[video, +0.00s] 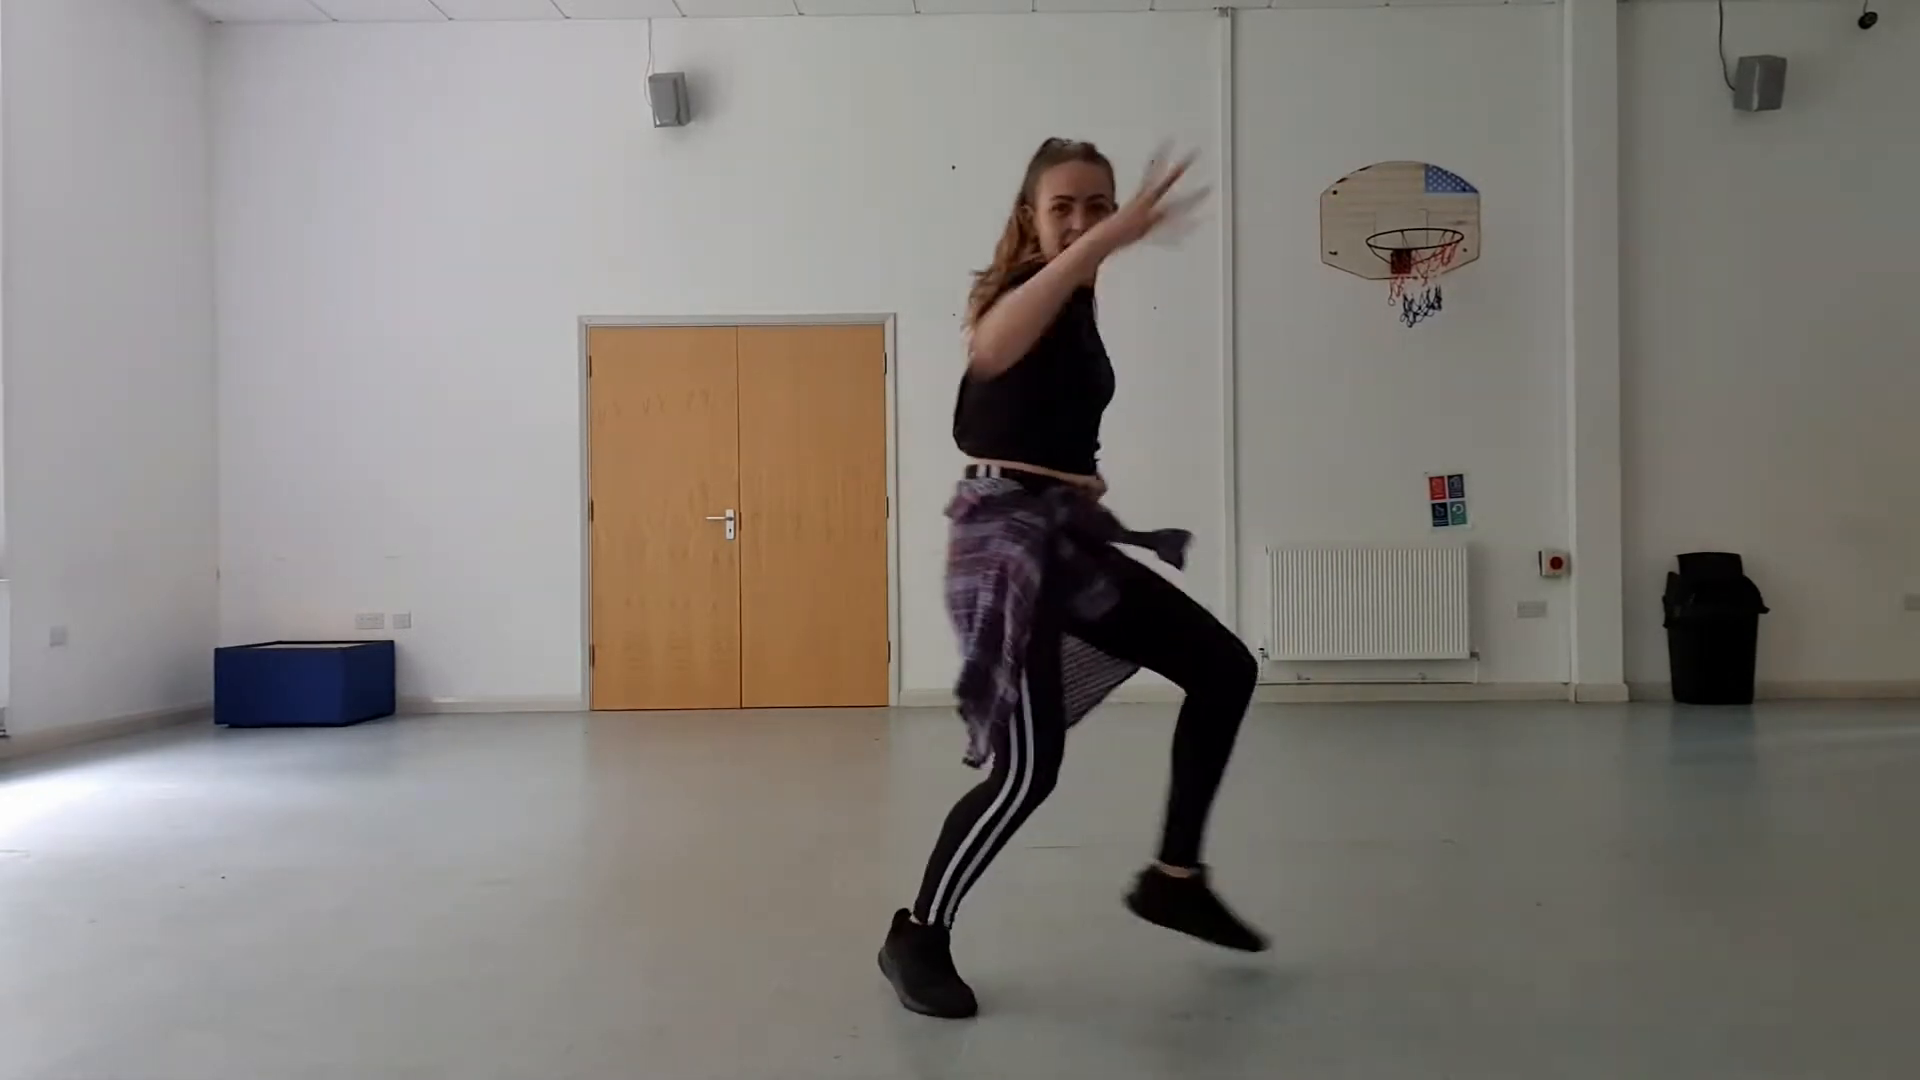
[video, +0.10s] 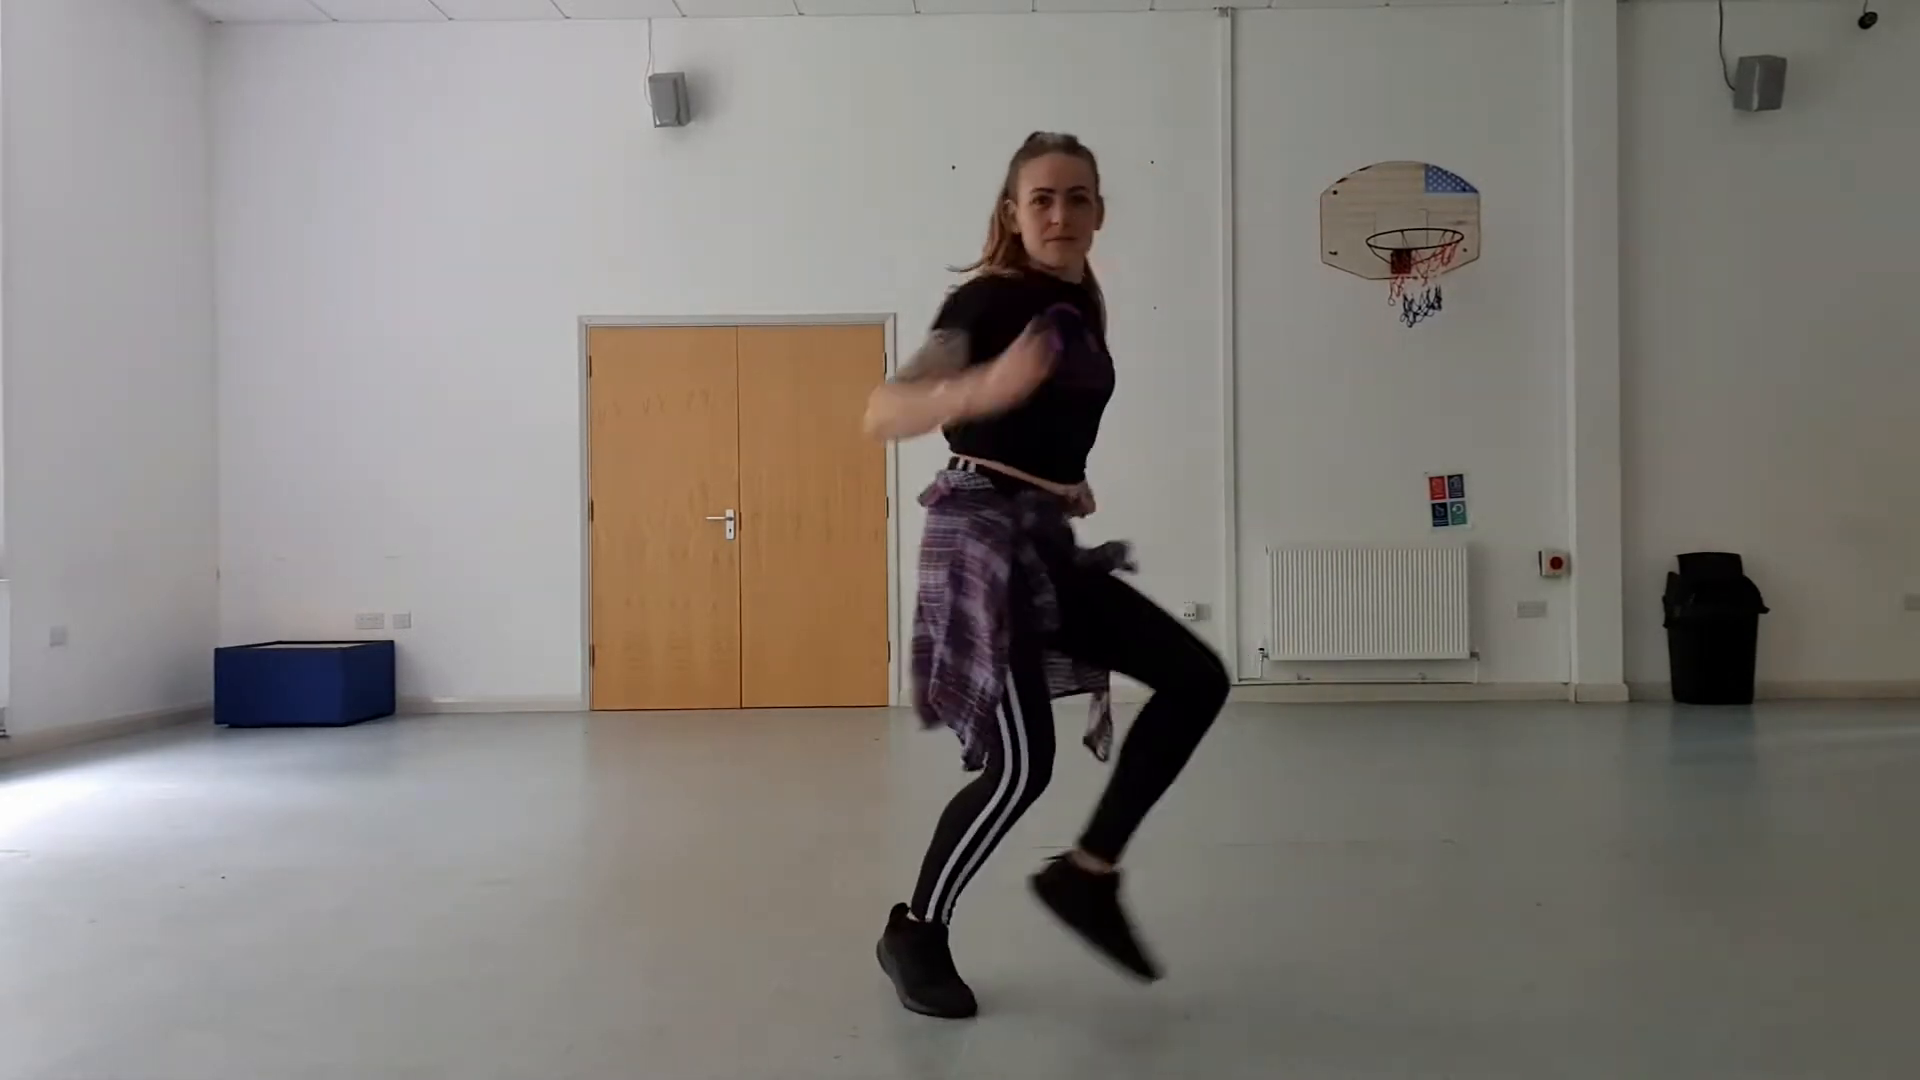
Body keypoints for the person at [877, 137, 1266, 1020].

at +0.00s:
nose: (1084, 223)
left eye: (1098, 207)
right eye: (1062, 207)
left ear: (1114, 215)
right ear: (1030, 217)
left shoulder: (1077, 307)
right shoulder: (1009, 291)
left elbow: (1061, 442)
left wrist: (1107, 525)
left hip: (1071, 538)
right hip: (1005, 539)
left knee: (1225, 669)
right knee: (1026, 765)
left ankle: (1177, 874)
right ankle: (921, 933)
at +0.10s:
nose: (1062, 215)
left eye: (1078, 198)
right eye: (1043, 199)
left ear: (1098, 210)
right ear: (1012, 212)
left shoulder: (1082, 305)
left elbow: (1037, 418)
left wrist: (1061, 485)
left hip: (1044, 544)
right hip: (977, 545)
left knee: (1196, 678)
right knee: (1018, 762)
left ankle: (1089, 870)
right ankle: (917, 930)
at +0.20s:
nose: (1040, 212)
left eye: (1057, 196)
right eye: (1021, 198)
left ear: (1080, 210)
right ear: (990, 215)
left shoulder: (1090, 311)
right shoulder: (961, 311)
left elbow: (1064, 411)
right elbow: (886, 413)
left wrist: (1082, 482)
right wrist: (905, 487)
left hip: (1043, 553)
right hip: (965, 546)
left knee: (1140, 727)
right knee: (1001, 752)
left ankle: (1025, 925)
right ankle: (916, 934)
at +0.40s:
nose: (997, 177)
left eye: (1014, 160)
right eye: (979, 161)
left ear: (1043, 173)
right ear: (953, 177)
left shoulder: (1081, 263)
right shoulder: (928, 271)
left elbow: (1209, 324)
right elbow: (836, 367)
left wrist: (1122, 361)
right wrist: (902, 343)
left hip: (1051, 507)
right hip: (945, 511)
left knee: (1103, 711)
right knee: (950, 718)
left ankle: (1060, 909)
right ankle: (918, 932)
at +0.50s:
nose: (999, 159)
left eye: (1017, 142)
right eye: (981, 142)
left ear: (1043, 150)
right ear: (952, 152)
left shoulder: (1080, 233)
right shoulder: (922, 244)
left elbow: (1193, 290)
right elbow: (819, 320)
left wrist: (1069, 315)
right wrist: (927, 272)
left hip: (1059, 481)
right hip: (954, 485)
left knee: (1090, 717)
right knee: (945, 715)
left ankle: (1093, 858)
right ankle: (928, 925)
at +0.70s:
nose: (1028, 228)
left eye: (1044, 213)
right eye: (1011, 215)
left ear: (1074, 220)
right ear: (988, 226)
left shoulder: (1097, 280)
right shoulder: (980, 304)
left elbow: (1040, 326)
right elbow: (925, 353)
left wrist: (930, 373)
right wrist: (1022, 276)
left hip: (1055, 506)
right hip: (968, 504)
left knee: (1059, 736)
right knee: (940, 725)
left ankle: (1124, 863)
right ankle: (967, 932)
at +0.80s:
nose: (1040, 266)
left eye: (1055, 251)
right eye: (1025, 253)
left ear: (1083, 260)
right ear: (1003, 263)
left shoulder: (1109, 328)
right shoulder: (994, 337)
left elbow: (1039, 372)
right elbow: (980, 360)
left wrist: (917, 373)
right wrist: (1064, 290)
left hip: (1082, 538)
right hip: (998, 535)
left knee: (1065, 749)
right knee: (949, 723)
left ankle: (1115, 878)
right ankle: (971, 932)